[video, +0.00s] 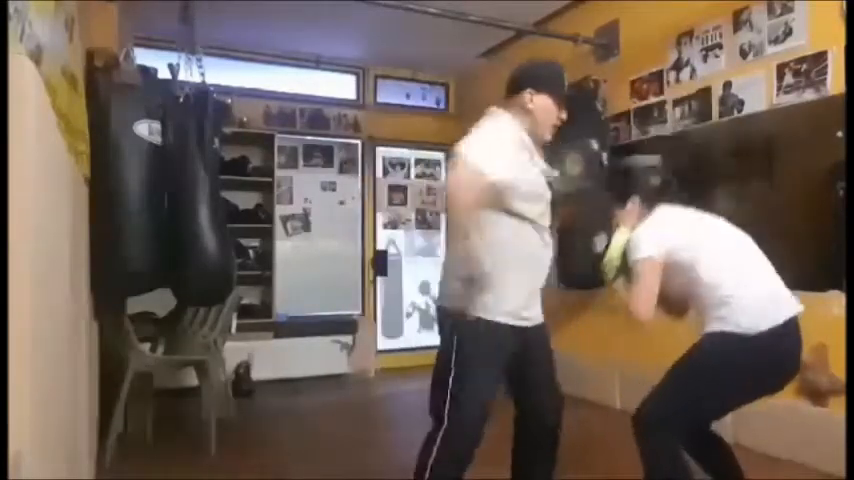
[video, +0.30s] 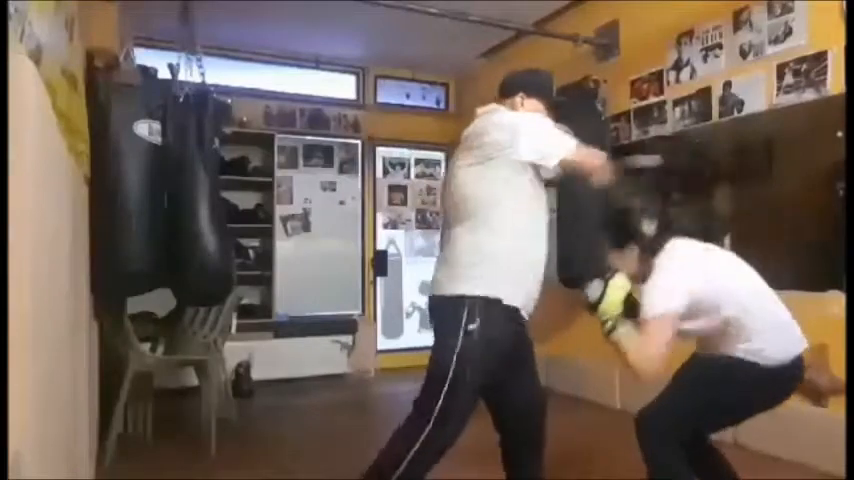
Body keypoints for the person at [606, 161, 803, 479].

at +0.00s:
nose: (616, 220)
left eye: (617, 210)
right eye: (613, 212)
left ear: (633, 204)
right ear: (656, 197)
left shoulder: (649, 231)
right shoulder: (688, 219)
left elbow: (642, 311)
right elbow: (678, 307)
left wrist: (617, 276)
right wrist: (632, 268)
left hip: (737, 345)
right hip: (783, 342)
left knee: (652, 422)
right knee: (689, 424)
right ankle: (731, 473)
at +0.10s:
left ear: (645, 221)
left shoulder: (646, 266)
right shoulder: (707, 246)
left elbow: (627, 359)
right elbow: (675, 337)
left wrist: (609, 314)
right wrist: (632, 295)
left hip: (746, 361)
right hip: (792, 360)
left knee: (650, 424)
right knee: (692, 428)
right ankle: (729, 474)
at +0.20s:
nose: (607, 278)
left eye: (608, 269)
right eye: (605, 272)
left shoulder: (650, 286)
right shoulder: (681, 260)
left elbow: (626, 380)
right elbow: (673, 346)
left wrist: (604, 332)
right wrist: (626, 317)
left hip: (754, 372)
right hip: (788, 365)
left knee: (652, 426)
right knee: (689, 430)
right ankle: (722, 473)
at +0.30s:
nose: (611, 264)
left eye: (613, 254)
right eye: (609, 255)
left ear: (634, 246)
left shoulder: (667, 277)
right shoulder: (679, 252)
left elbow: (649, 367)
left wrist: (614, 322)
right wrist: (633, 311)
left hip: (759, 364)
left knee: (655, 426)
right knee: (681, 431)